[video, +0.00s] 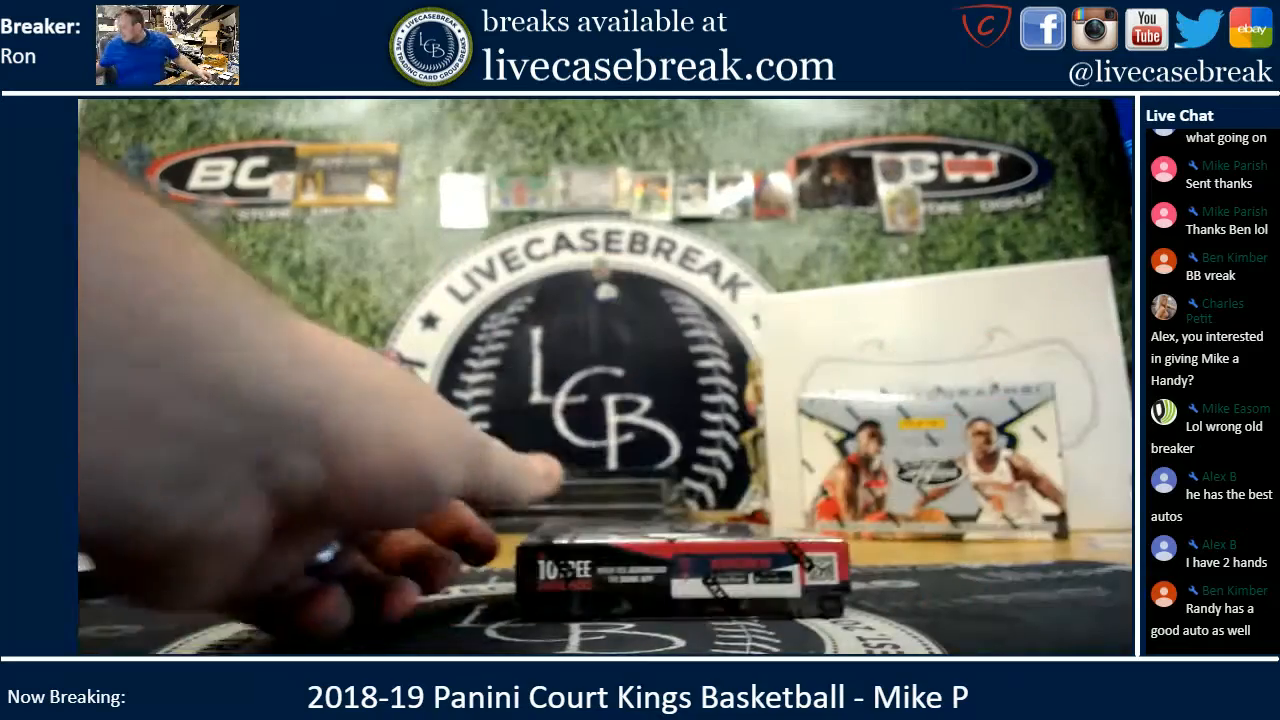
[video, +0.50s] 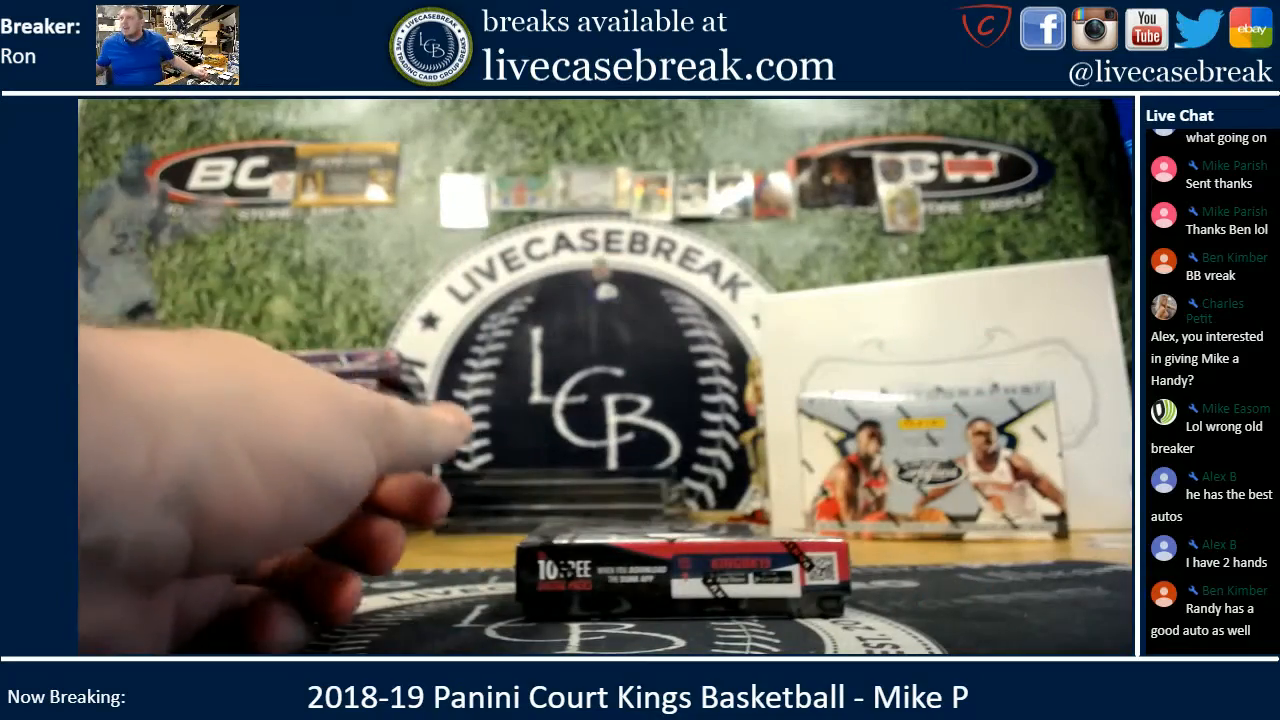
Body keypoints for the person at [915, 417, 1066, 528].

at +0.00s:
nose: (984, 439)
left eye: (988, 434)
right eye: (978, 435)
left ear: (994, 438)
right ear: (969, 439)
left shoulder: (1013, 461)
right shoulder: (964, 465)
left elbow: (1039, 481)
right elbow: (945, 486)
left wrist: (1064, 504)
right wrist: (920, 503)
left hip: (1026, 520)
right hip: (990, 521)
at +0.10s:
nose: (984, 439)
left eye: (988, 434)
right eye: (979, 435)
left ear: (995, 437)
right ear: (969, 438)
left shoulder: (1013, 461)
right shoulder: (964, 464)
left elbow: (1038, 481)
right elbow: (945, 486)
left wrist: (1063, 504)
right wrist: (920, 503)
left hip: (1026, 521)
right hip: (990, 522)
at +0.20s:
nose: (985, 439)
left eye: (989, 434)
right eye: (979, 434)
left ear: (995, 438)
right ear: (969, 438)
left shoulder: (1013, 461)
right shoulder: (964, 465)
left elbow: (1038, 481)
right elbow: (944, 486)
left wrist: (1062, 503)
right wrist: (920, 503)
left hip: (1025, 521)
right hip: (989, 523)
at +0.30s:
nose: (985, 439)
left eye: (989, 434)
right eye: (979, 434)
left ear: (995, 437)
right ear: (969, 438)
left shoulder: (1013, 461)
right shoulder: (964, 464)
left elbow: (1038, 481)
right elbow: (945, 485)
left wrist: (1062, 503)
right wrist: (921, 503)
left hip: (1025, 520)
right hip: (989, 522)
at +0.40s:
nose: (985, 439)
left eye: (988, 434)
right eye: (979, 434)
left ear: (995, 437)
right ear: (969, 438)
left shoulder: (1014, 462)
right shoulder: (964, 464)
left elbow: (1038, 481)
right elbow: (945, 485)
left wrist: (1062, 504)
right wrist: (921, 503)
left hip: (1025, 520)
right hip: (989, 521)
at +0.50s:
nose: (985, 439)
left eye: (989, 434)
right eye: (979, 434)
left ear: (995, 437)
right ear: (969, 438)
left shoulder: (1014, 462)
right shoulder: (964, 464)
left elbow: (1038, 481)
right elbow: (945, 486)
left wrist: (1062, 503)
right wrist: (921, 503)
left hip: (1025, 520)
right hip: (989, 521)